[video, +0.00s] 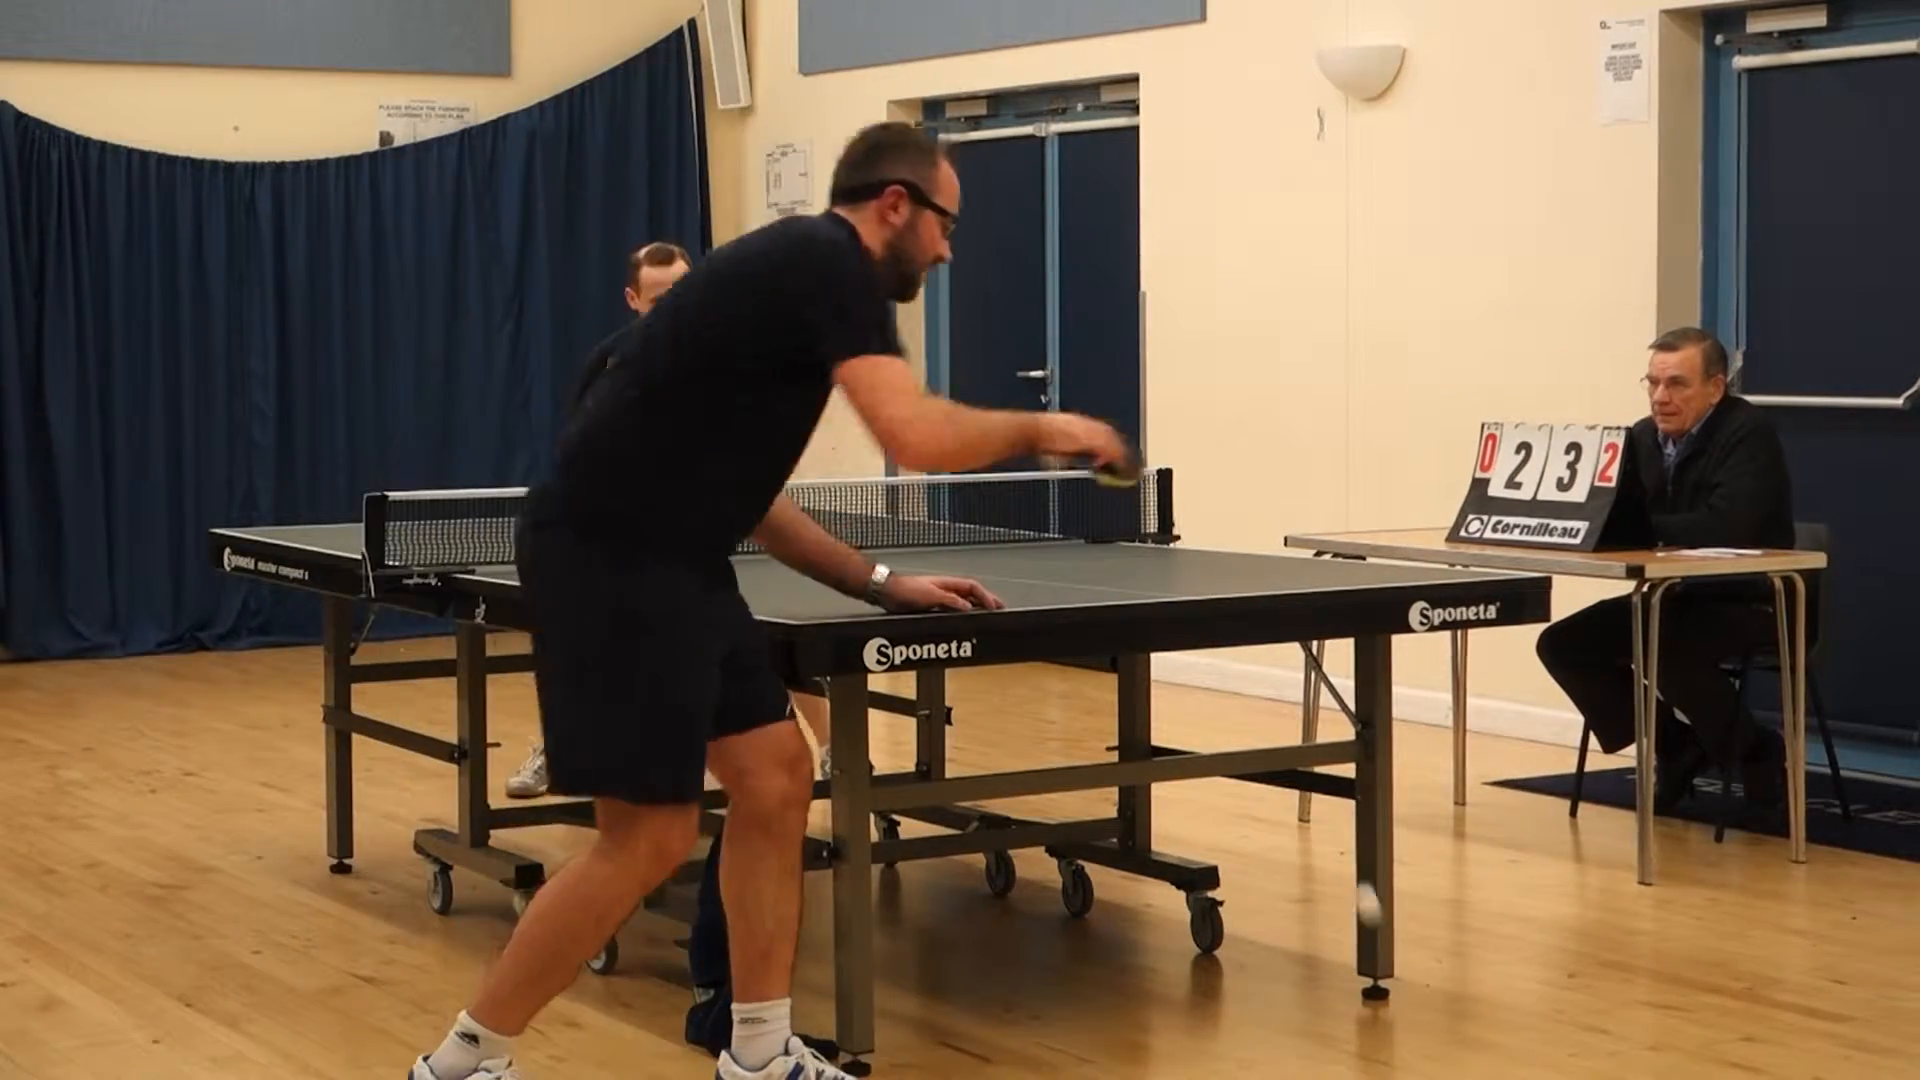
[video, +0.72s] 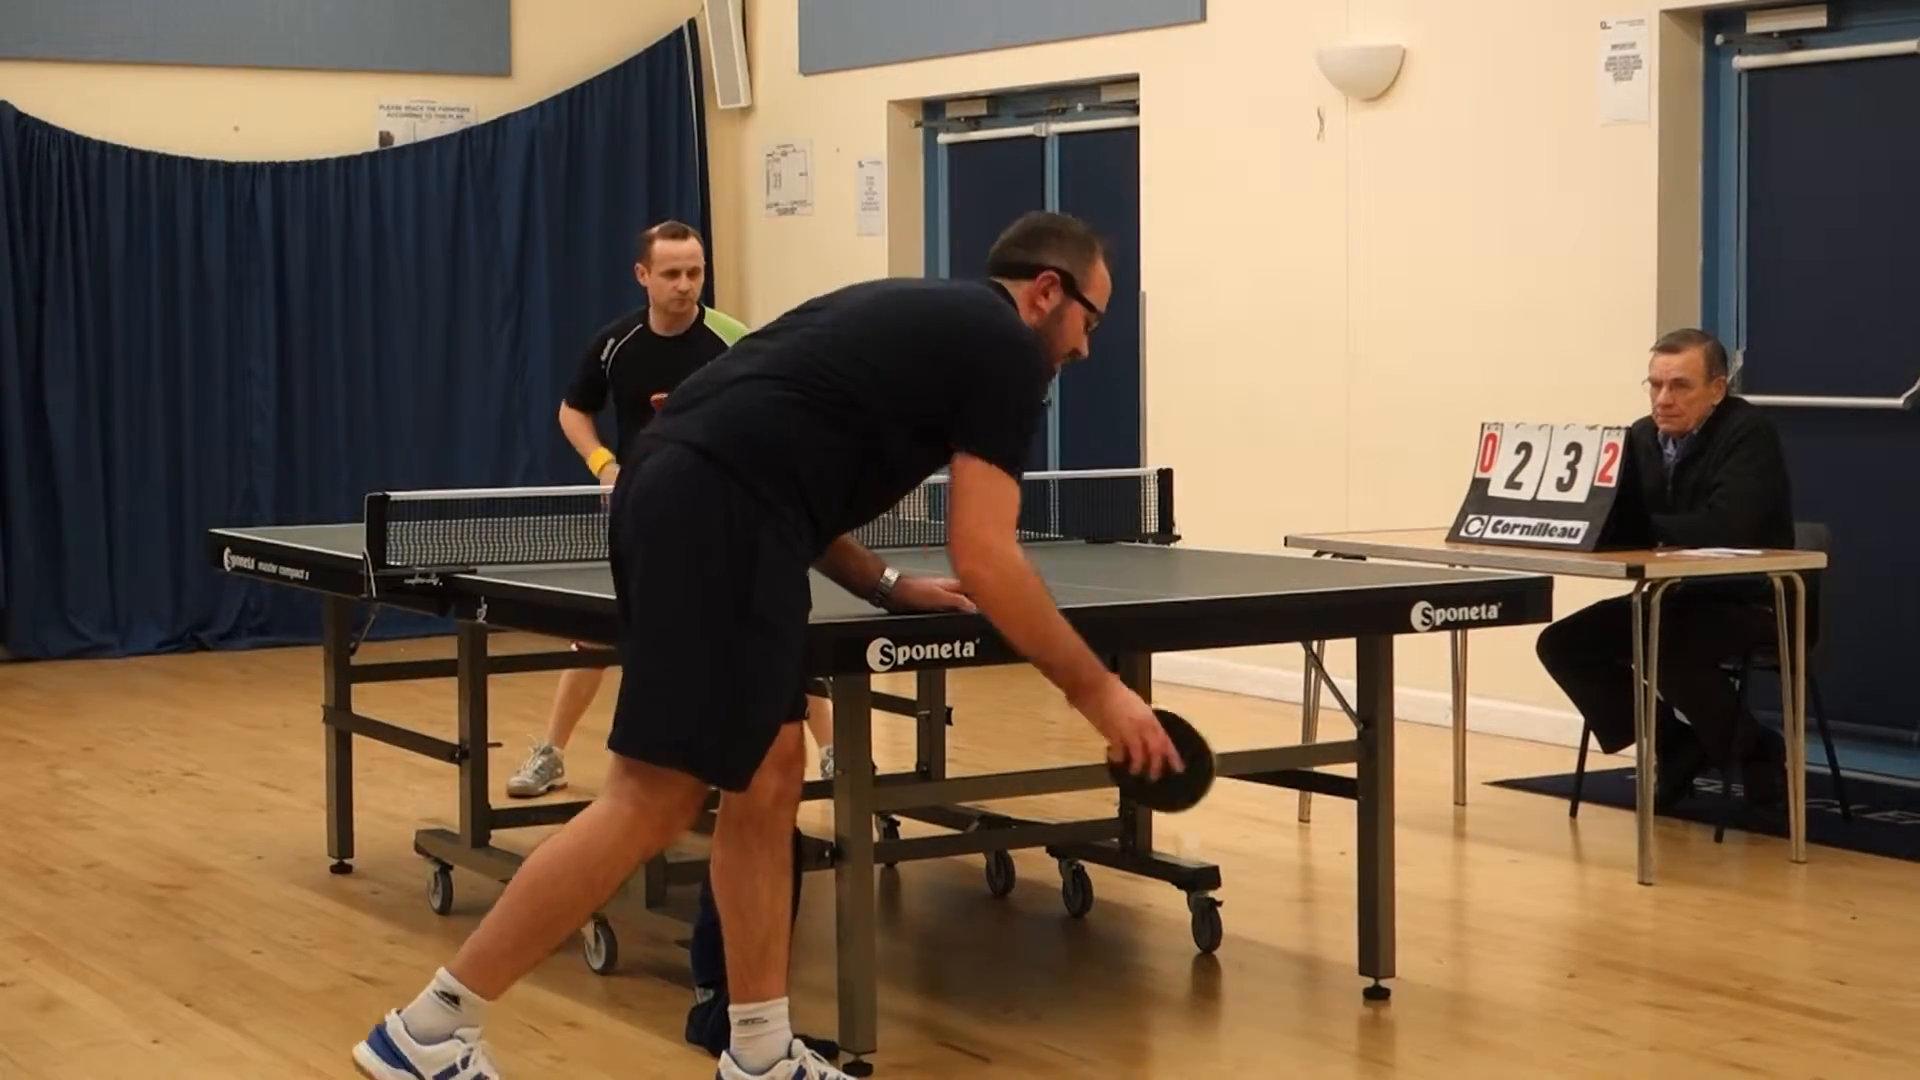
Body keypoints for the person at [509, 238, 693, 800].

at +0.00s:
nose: (669, 302)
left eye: (678, 291)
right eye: (657, 293)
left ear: (696, 289)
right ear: (632, 297)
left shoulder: (712, 351)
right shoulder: (615, 356)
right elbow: (579, 447)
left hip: (689, 527)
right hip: (614, 529)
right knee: (587, 639)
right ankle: (551, 748)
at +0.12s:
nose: (675, 299)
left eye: (683, 285)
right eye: (660, 288)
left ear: (696, 281)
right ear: (633, 289)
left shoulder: (717, 344)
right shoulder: (610, 354)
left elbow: (741, 428)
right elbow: (576, 443)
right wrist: (653, 444)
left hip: (710, 514)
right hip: (630, 518)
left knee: (787, 628)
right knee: (594, 638)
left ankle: (825, 755)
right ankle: (550, 752)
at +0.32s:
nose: (681, 285)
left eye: (689, 273)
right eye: (667, 275)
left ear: (699, 273)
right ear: (637, 278)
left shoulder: (727, 341)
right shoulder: (613, 347)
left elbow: (763, 411)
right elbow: (577, 433)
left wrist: (691, 418)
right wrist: (631, 428)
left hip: (720, 511)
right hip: (637, 517)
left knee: (783, 638)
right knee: (597, 638)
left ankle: (833, 753)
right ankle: (550, 752)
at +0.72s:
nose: (685, 284)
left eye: (694, 272)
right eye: (672, 273)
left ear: (704, 274)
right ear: (643, 277)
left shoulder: (733, 342)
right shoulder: (615, 345)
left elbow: (771, 414)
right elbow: (572, 411)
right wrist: (604, 464)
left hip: (723, 510)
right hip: (640, 514)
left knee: (790, 636)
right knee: (595, 636)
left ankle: (832, 754)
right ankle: (550, 751)